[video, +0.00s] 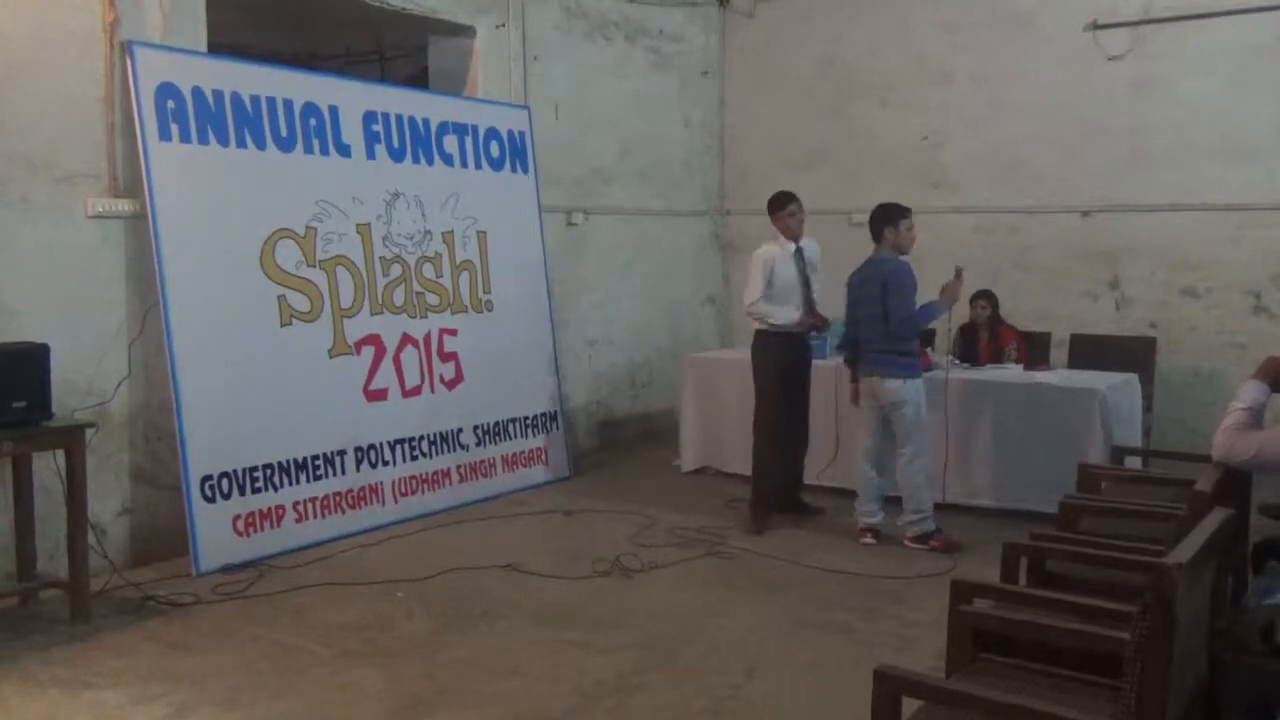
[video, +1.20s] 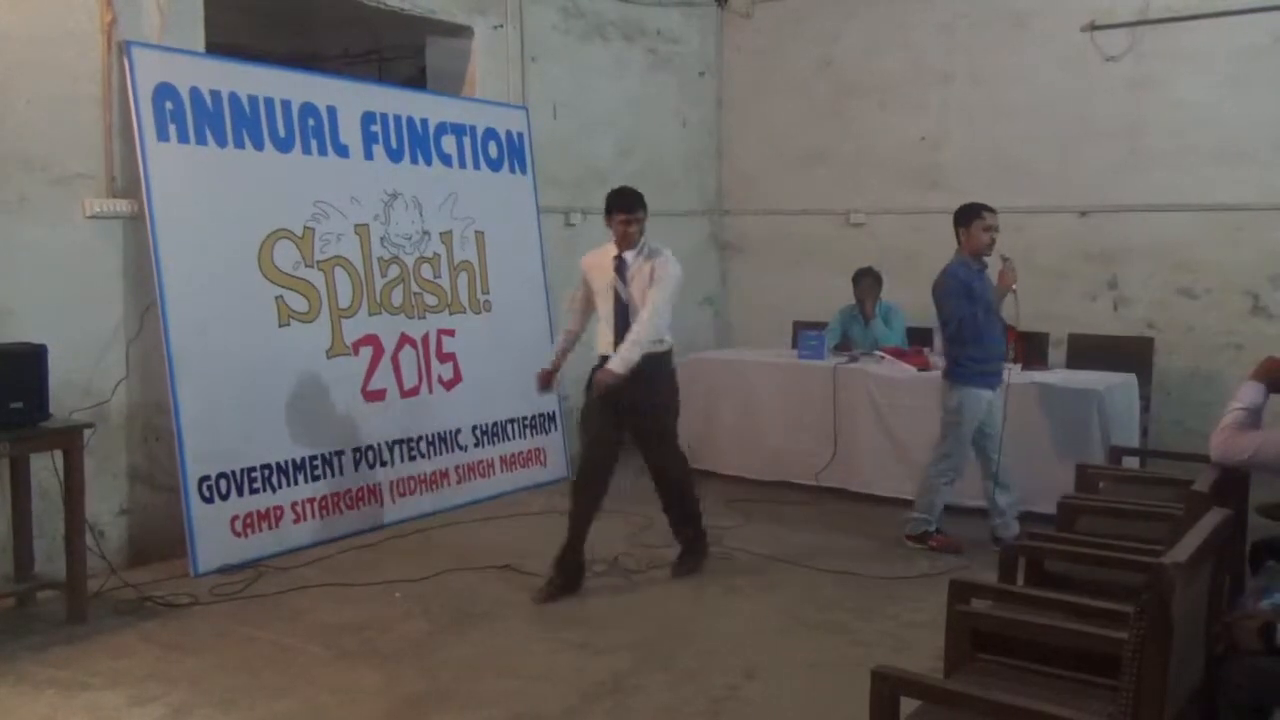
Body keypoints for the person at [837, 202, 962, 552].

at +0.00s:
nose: (914, 236)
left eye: (913, 229)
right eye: (909, 229)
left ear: (883, 234)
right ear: (889, 232)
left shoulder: (858, 275)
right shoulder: (898, 271)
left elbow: (851, 332)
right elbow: (905, 326)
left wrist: (854, 375)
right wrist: (943, 302)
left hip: (870, 377)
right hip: (901, 378)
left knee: (873, 452)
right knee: (913, 452)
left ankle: (868, 524)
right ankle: (920, 527)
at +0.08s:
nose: (921, 235)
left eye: (920, 228)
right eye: (915, 229)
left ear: (890, 234)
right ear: (895, 233)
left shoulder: (864, 274)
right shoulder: (902, 272)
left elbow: (859, 332)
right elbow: (905, 327)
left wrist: (868, 363)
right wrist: (944, 306)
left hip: (874, 375)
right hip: (904, 377)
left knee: (876, 448)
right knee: (915, 452)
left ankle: (869, 523)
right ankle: (920, 527)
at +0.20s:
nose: (931, 234)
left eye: (931, 227)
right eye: (924, 228)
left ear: (900, 235)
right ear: (903, 233)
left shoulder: (878, 273)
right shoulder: (910, 274)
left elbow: (878, 331)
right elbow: (915, 330)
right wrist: (951, 306)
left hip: (884, 375)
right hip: (913, 378)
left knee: (884, 451)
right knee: (920, 454)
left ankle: (870, 522)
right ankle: (920, 527)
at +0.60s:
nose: (952, 234)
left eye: (953, 227)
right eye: (946, 227)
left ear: (931, 232)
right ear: (923, 231)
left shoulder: (928, 271)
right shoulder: (920, 275)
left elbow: (937, 325)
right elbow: (933, 332)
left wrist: (967, 307)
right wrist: (966, 304)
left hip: (933, 377)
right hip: (928, 379)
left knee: (932, 448)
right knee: (931, 451)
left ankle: (910, 514)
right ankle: (920, 529)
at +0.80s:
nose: (963, 234)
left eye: (964, 227)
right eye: (956, 227)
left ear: (950, 232)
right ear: (933, 231)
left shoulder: (943, 272)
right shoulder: (925, 276)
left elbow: (946, 327)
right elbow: (936, 334)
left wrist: (971, 308)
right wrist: (970, 306)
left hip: (950, 379)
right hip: (933, 381)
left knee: (962, 453)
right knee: (933, 455)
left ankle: (961, 521)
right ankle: (919, 528)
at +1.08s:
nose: (981, 237)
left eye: (983, 231)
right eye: (974, 230)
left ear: (968, 234)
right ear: (952, 232)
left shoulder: (967, 277)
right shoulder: (939, 280)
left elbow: (973, 327)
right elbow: (954, 332)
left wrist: (991, 298)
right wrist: (986, 296)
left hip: (976, 384)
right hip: (951, 385)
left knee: (988, 463)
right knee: (941, 461)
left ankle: (1003, 529)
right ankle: (921, 527)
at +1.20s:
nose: (993, 237)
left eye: (995, 230)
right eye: (985, 230)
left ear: (992, 234)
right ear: (963, 233)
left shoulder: (980, 275)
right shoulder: (951, 279)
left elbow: (983, 325)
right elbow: (965, 334)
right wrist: (1000, 292)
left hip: (989, 382)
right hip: (964, 383)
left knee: (995, 463)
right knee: (949, 459)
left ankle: (1006, 530)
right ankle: (921, 526)